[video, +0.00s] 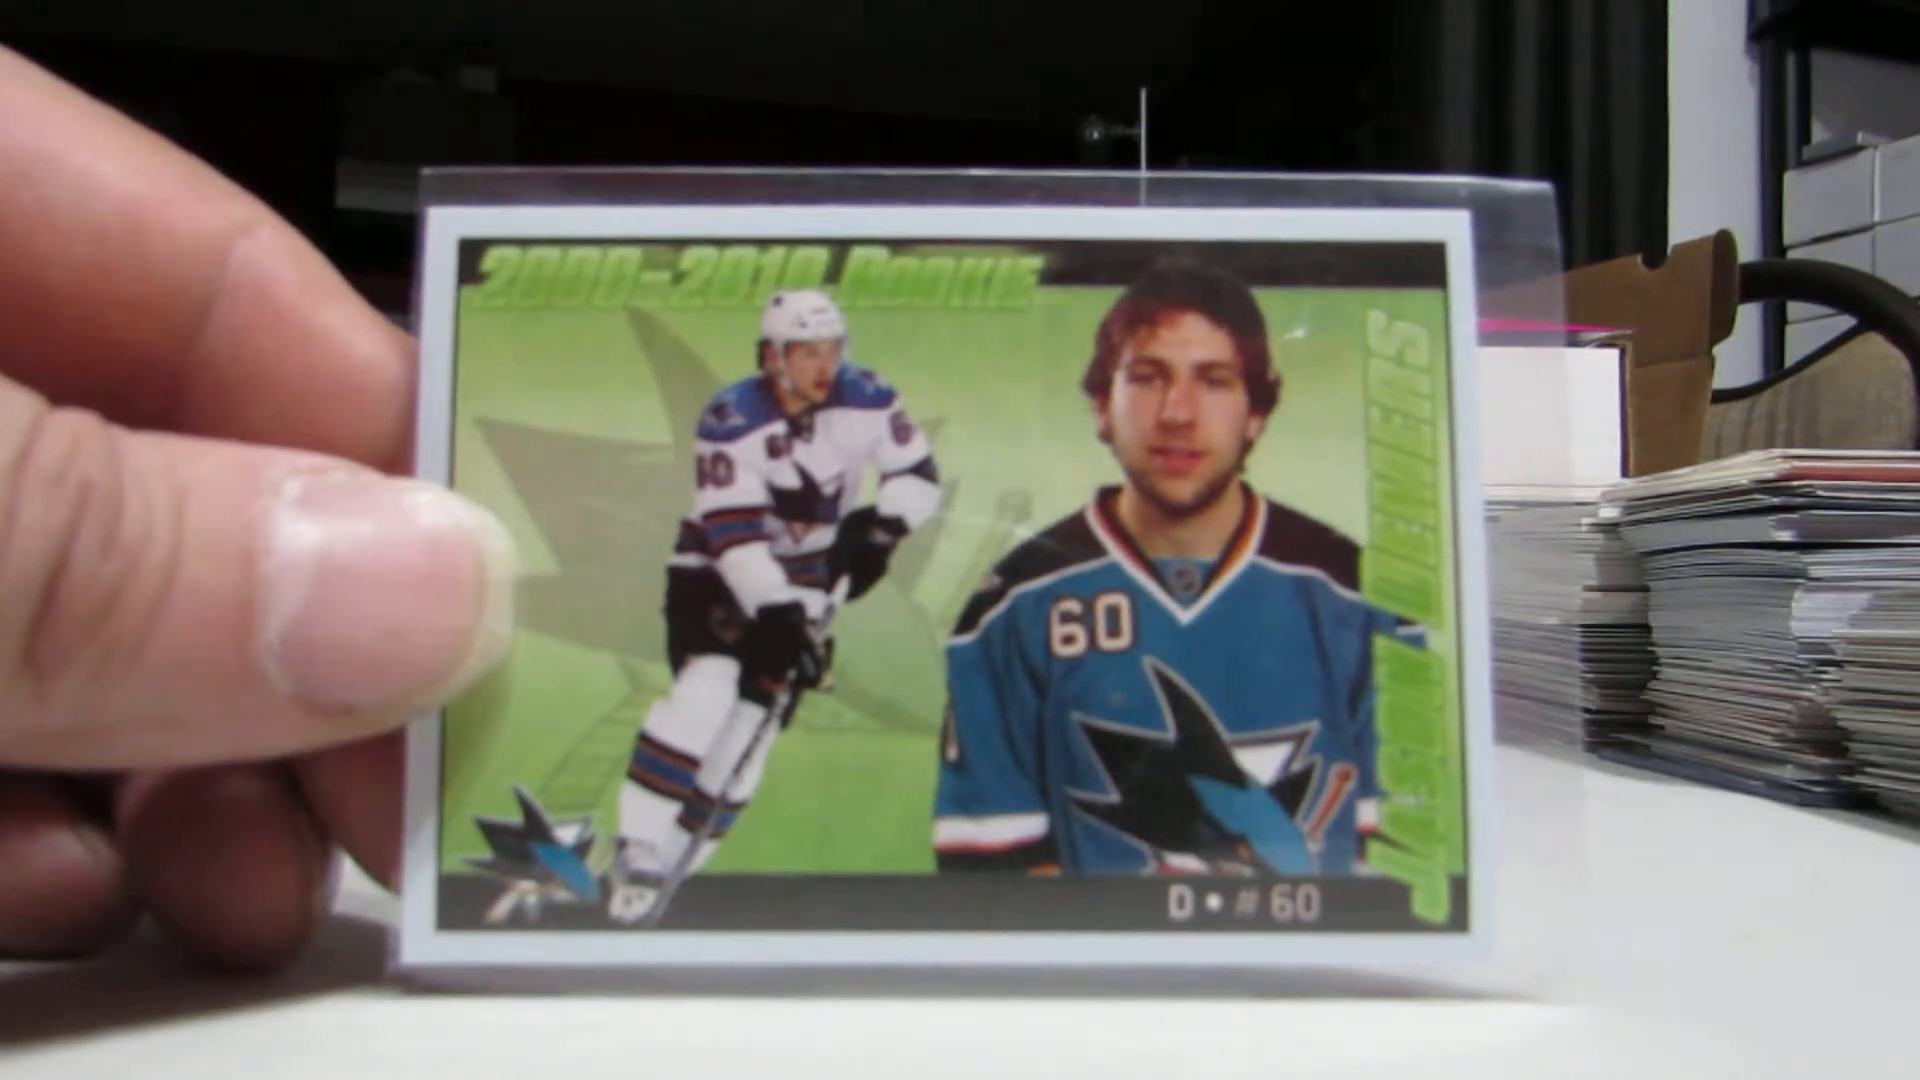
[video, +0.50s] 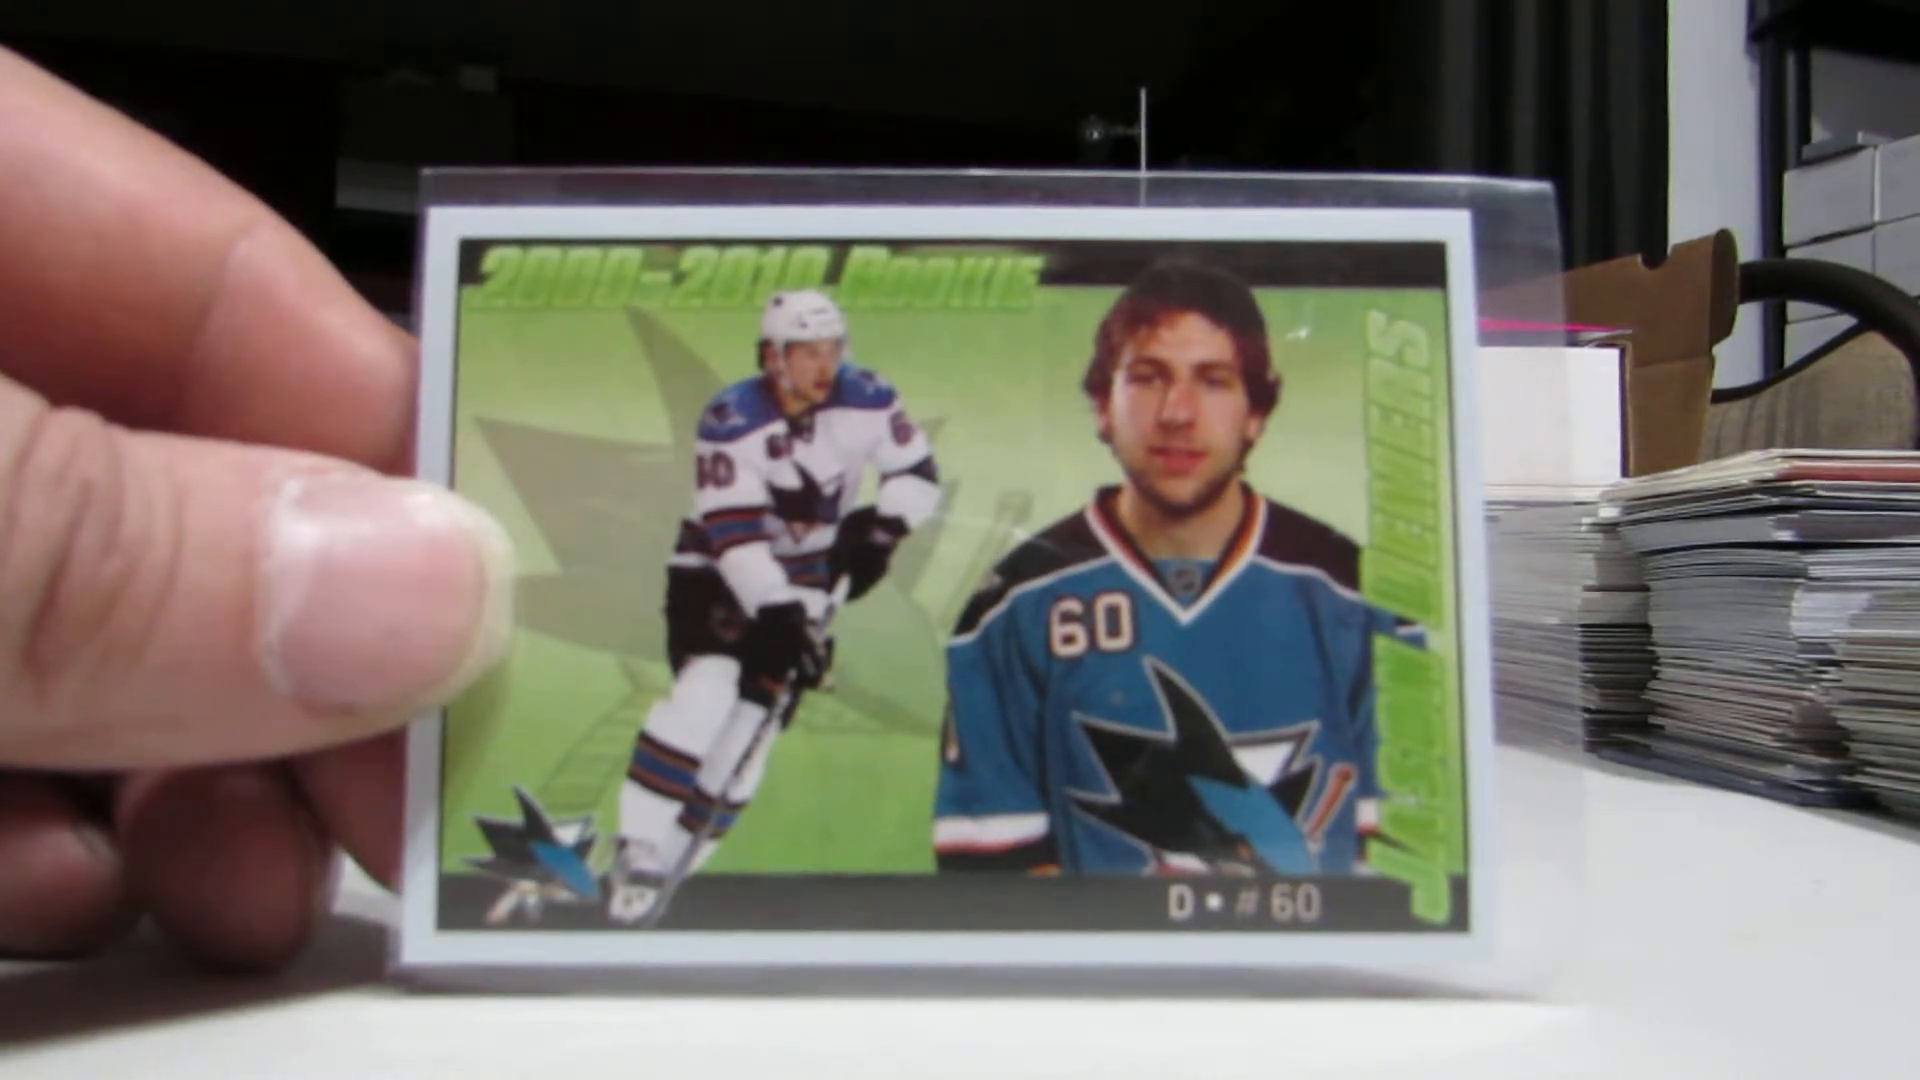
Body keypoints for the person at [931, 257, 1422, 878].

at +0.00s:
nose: (1177, 411)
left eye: (1213, 380)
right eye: (1147, 377)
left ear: (1255, 414)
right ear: (1102, 407)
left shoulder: (1355, 589)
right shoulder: (1017, 605)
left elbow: (1400, 855)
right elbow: (994, 874)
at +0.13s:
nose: (1177, 411)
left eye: (1213, 380)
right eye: (1147, 377)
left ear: (1255, 415)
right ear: (1103, 408)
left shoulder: (1355, 589)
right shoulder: (1017, 606)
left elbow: (1400, 855)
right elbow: (995, 876)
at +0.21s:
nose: (1177, 411)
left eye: (1212, 380)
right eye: (1147, 377)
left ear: (1255, 415)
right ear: (1103, 408)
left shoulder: (1356, 589)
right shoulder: (1017, 605)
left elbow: (1402, 856)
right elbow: (994, 875)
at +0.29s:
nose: (1177, 411)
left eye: (1212, 381)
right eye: (1147, 377)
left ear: (1255, 415)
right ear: (1103, 408)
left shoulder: (1355, 589)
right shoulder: (1017, 605)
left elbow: (1403, 856)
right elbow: (993, 876)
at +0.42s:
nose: (1177, 411)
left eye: (1212, 381)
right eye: (1147, 377)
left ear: (1255, 416)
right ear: (1103, 408)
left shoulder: (1355, 589)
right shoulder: (1017, 605)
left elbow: (1402, 856)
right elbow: (993, 877)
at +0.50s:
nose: (1177, 411)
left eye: (1212, 381)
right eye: (1147, 377)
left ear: (1255, 415)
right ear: (1103, 408)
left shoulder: (1355, 589)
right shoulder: (1017, 604)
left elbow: (1400, 856)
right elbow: (994, 876)